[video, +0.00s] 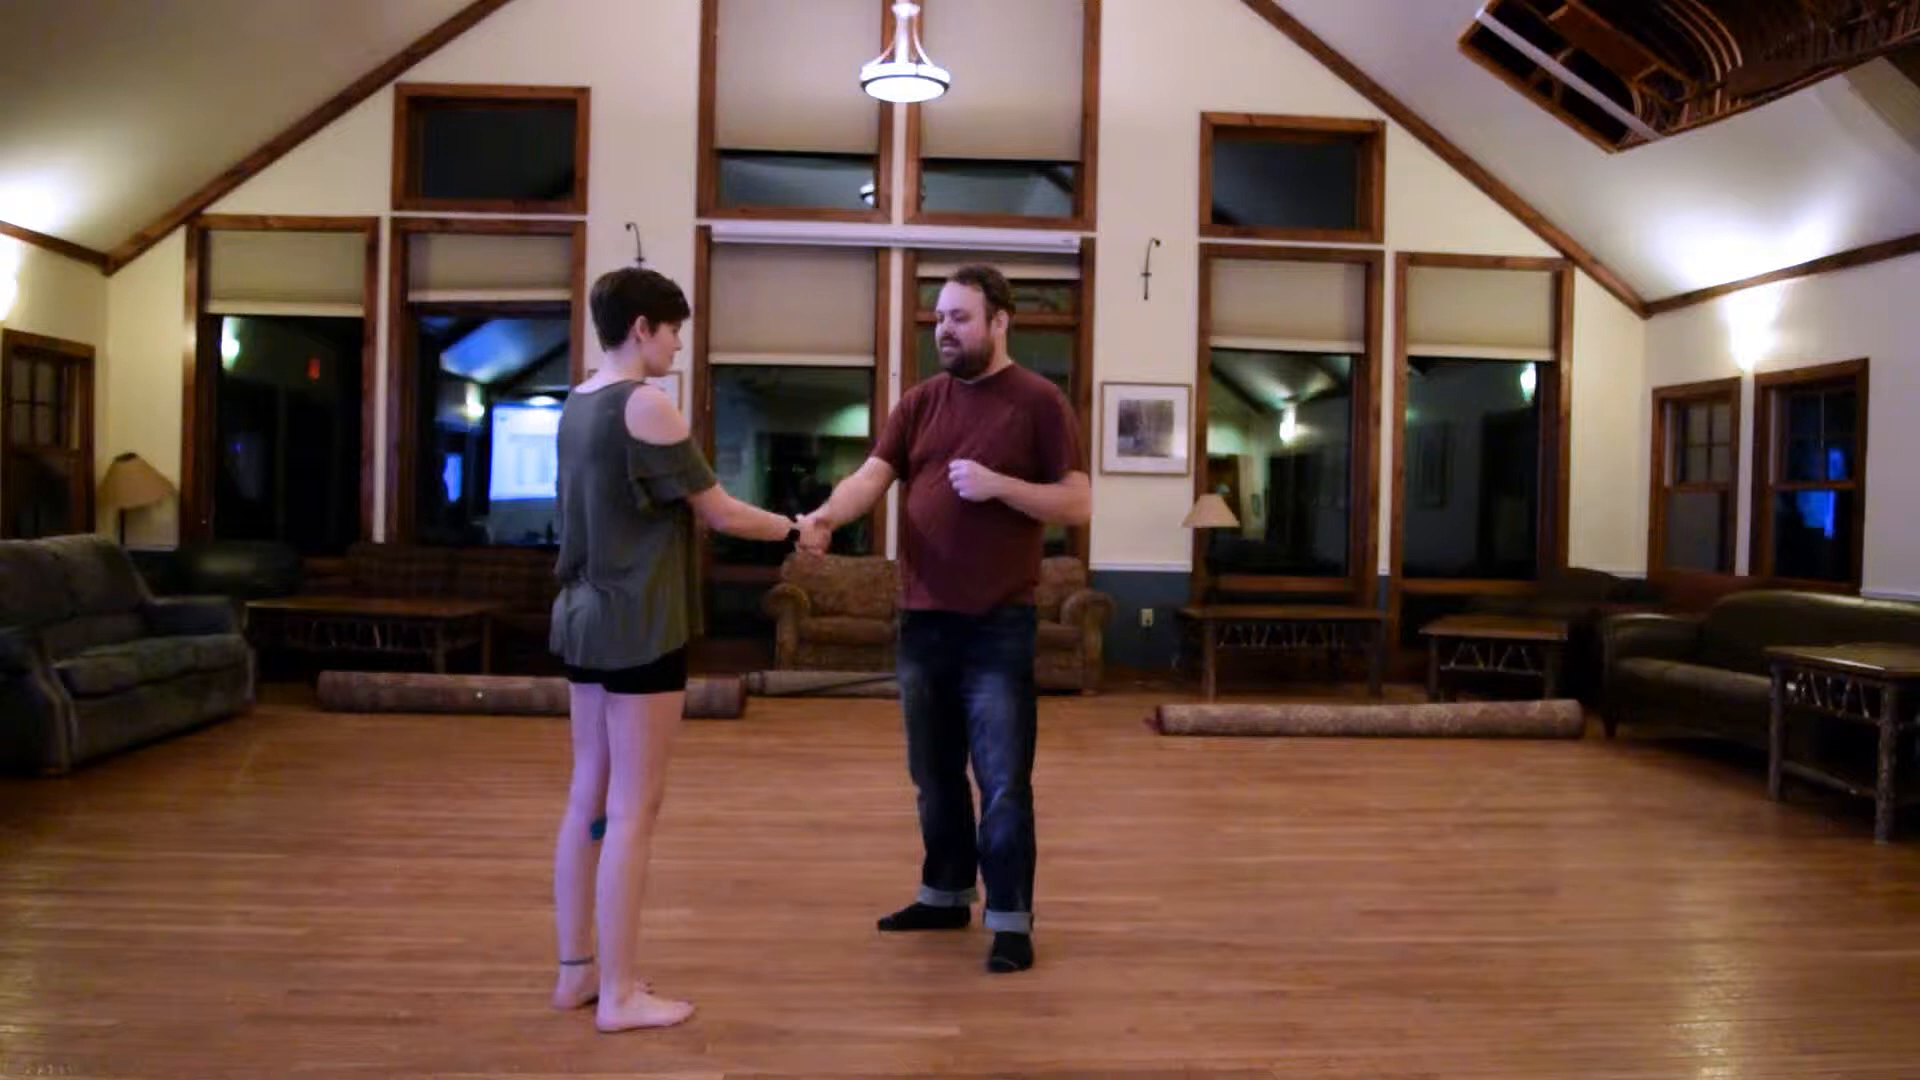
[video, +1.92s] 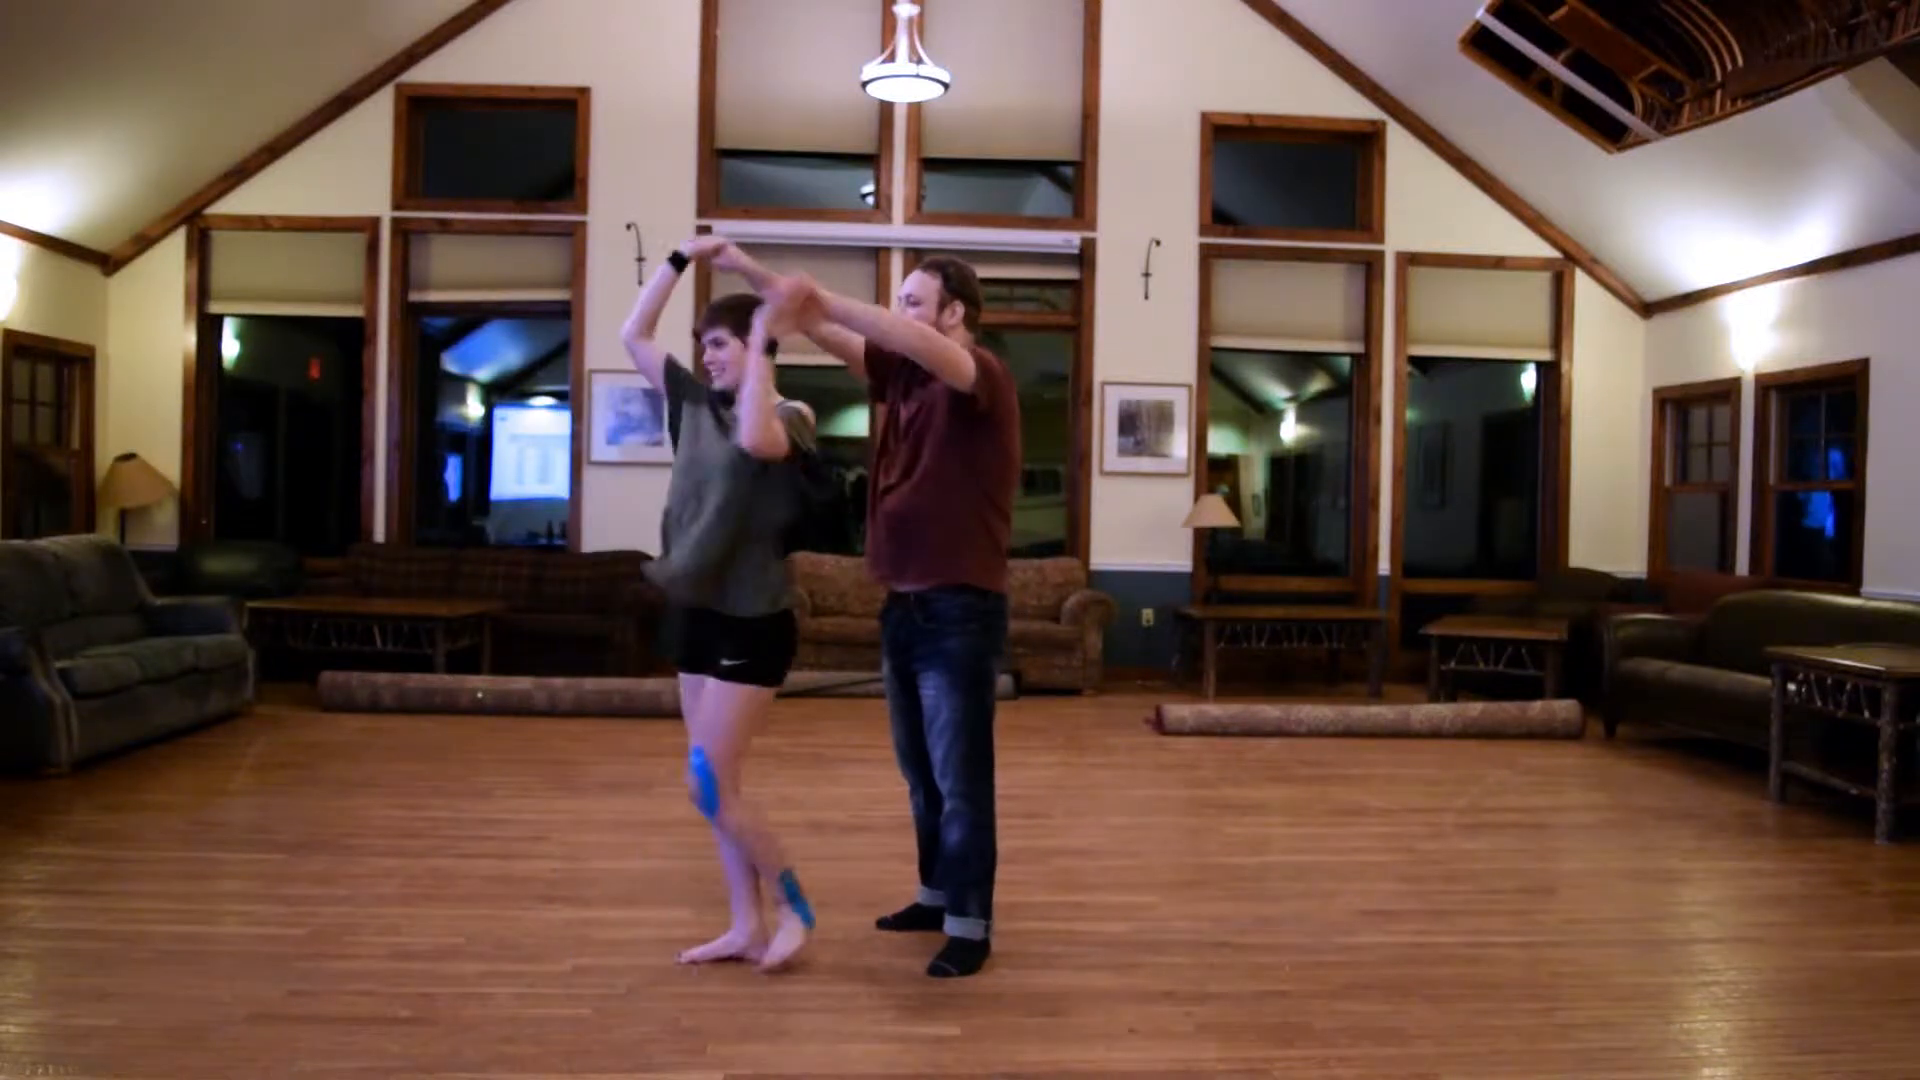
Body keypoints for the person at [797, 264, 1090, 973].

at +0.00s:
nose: (945, 331)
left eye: (959, 318)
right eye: (939, 320)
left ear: (999, 323)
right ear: (935, 326)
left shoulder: (1039, 402)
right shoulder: (919, 403)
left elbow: (1079, 504)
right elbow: (871, 478)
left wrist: (1001, 487)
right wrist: (825, 516)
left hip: (1001, 617)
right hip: (924, 615)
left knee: (1002, 775)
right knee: (933, 769)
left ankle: (1009, 920)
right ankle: (944, 897)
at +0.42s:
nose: (940, 331)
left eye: (954, 318)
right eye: (935, 320)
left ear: (995, 322)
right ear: (932, 327)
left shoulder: (1029, 397)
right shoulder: (918, 404)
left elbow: (995, 470)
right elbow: (875, 472)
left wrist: (894, 461)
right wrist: (844, 519)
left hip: (998, 615)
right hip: (925, 614)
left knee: (1002, 776)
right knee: (933, 770)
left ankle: (1010, 920)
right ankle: (944, 897)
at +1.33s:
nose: (899, 322)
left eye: (913, 311)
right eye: (898, 311)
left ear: (955, 319)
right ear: (904, 318)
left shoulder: (985, 382)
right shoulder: (909, 399)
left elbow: (902, 441)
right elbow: (868, 491)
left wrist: (819, 397)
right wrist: (829, 562)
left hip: (969, 609)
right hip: (913, 609)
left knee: (963, 773)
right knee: (924, 767)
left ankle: (972, 925)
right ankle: (940, 898)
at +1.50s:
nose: (899, 316)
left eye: (913, 306)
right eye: (898, 307)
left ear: (955, 314)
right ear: (905, 315)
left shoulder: (978, 374)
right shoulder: (904, 393)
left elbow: (869, 375)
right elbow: (841, 461)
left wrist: (787, 318)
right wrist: (767, 509)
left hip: (967, 603)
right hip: (914, 603)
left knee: (962, 768)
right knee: (925, 765)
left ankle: (973, 924)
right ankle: (941, 897)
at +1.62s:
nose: (897, 314)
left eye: (913, 302)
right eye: (898, 304)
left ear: (953, 310)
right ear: (915, 312)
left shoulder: (977, 372)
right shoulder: (907, 387)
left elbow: (868, 336)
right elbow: (824, 413)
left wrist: (773, 263)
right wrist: (742, 419)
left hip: (967, 602)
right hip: (913, 602)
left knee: (961, 770)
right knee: (925, 765)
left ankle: (972, 924)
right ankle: (942, 898)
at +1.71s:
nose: (897, 311)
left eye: (912, 300)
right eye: (896, 302)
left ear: (953, 311)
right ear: (913, 312)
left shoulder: (979, 373)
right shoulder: (900, 384)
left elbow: (877, 322)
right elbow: (814, 375)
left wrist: (776, 254)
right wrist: (726, 369)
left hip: (966, 604)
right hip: (911, 603)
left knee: (961, 771)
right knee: (925, 766)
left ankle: (972, 923)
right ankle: (940, 898)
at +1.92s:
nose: (898, 313)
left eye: (913, 303)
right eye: (897, 303)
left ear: (957, 314)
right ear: (907, 313)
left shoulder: (985, 379)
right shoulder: (898, 372)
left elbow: (908, 340)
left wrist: (823, 302)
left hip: (962, 604)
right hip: (906, 603)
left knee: (958, 770)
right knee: (920, 766)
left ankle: (971, 925)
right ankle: (939, 896)